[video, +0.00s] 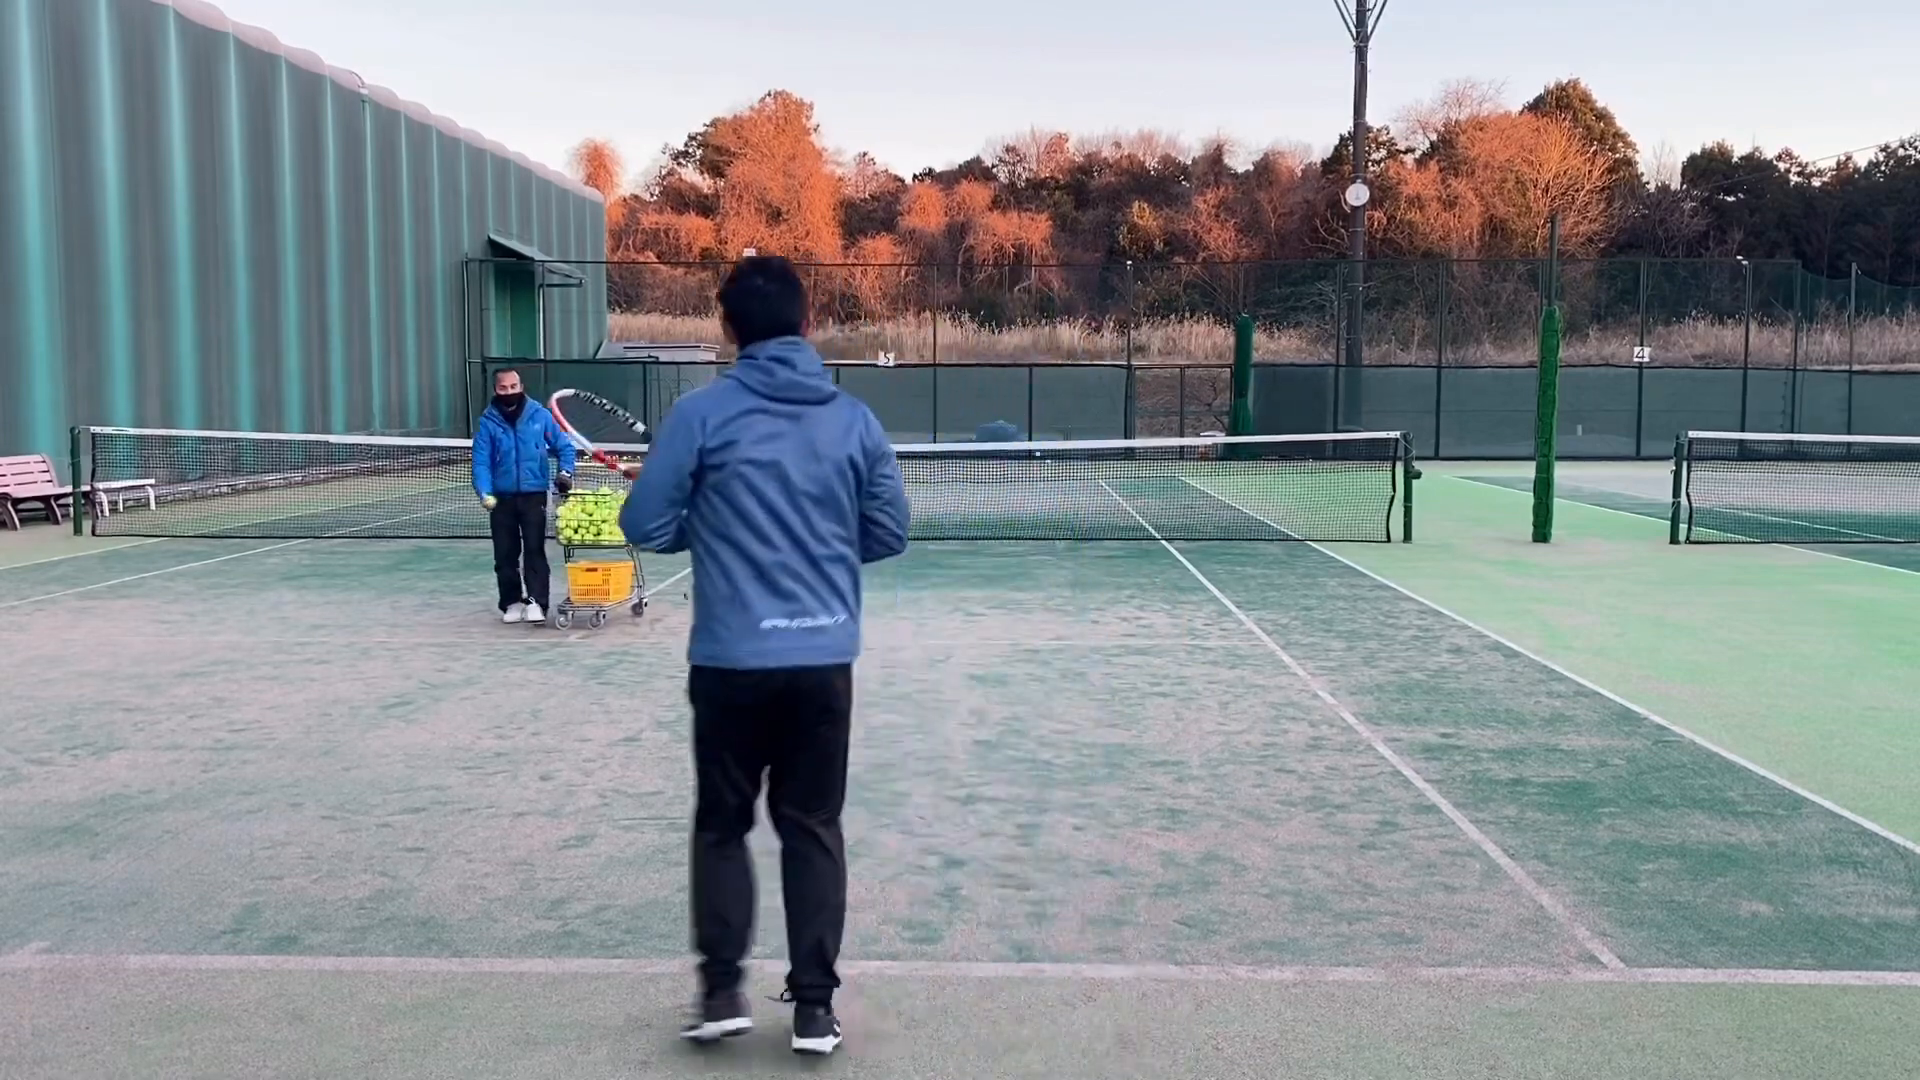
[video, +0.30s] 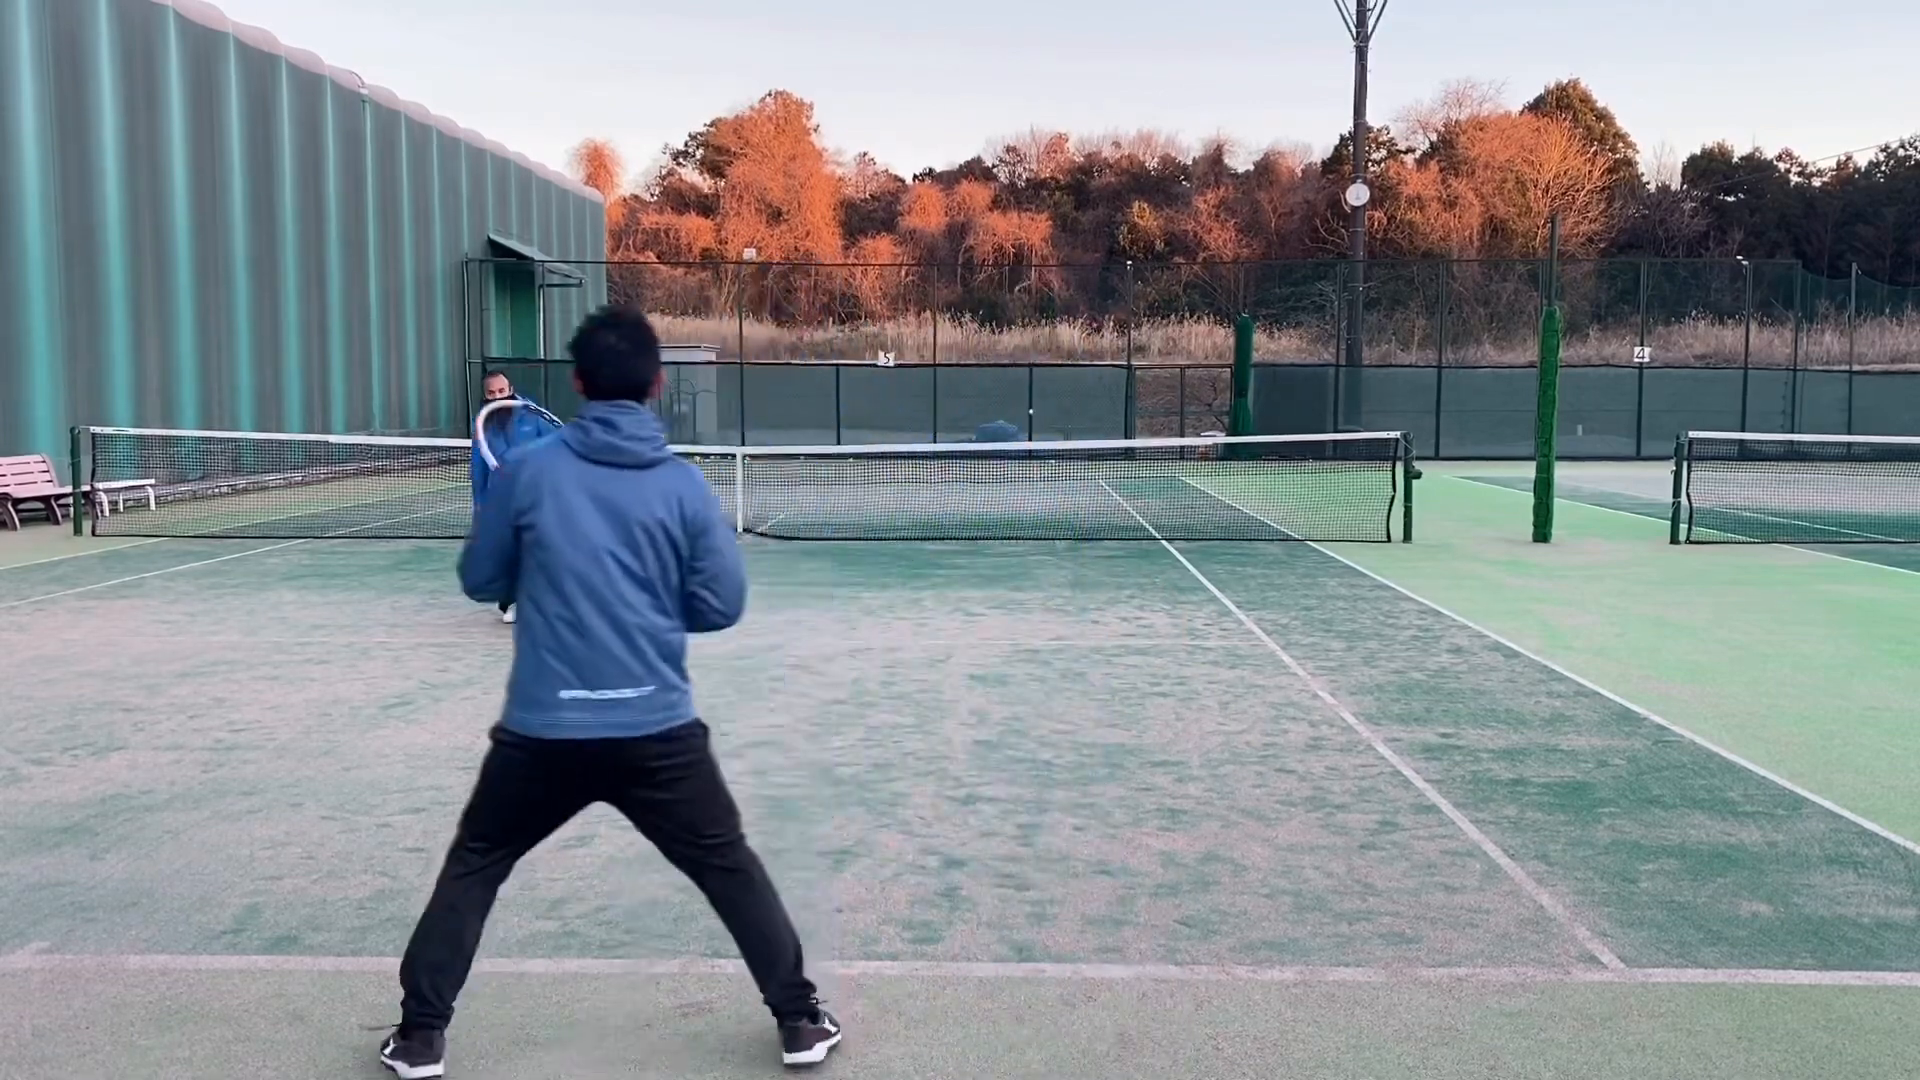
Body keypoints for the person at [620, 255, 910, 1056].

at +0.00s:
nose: (722, 334)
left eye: (724, 323)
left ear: (730, 328)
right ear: (804, 323)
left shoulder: (703, 410)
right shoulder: (852, 416)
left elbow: (645, 525)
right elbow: (887, 533)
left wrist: (714, 520)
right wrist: (812, 538)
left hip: (730, 662)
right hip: (823, 662)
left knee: (721, 820)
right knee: (814, 822)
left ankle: (721, 991)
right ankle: (815, 1007)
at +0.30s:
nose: (657, 385)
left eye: (579, 376)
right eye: (655, 375)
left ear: (578, 383)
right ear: (656, 382)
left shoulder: (526, 471)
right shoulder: (683, 484)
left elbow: (482, 581)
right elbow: (720, 604)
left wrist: (537, 554)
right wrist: (641, 593)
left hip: (544, 732)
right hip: (656, 732)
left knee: (475, 865)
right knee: (725, 862)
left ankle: (419, 1035)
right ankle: (801, 1017)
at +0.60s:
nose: (545, 331)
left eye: (459, 321)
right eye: (547, 320)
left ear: (461, 327)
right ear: (543, 327)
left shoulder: (415, 415)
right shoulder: (581, 431)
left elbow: (369, 524)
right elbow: (605, 556)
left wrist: (446, 516)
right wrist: (533, 548)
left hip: (438, 679)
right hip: (539, 682)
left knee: (405, 837)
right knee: (562, 835)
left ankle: (368, 1012)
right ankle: (538, 1017)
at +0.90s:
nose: (539, 325)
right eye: (538, 315)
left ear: (447, 322)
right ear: (531, 325)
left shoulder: (391, 406)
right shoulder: (552, 430)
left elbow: (337, 513)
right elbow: (570, 554)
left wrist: (416, 537)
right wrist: (527, 570)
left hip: (398, 676)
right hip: (498, 682)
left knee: (369, 843)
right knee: (535, 848)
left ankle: (336, 1009)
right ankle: (522, 1033)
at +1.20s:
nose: (577, 382)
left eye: (573, 370)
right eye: (575, 369)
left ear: (495, 366)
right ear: (562, 373)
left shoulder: (471, 441)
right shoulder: (531, 449)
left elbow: (568, 519)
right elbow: (605, 524)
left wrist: (647, 502)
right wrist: (700, 518)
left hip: (437, 705)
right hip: (497, 715)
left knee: (406, 866)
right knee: (584, 876)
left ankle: (313, 1025)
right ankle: (524, 1051)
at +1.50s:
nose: (704, 360)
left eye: (702, 349)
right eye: (699, 349)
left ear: (630, 351)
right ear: (678, 358)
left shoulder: (643, 449)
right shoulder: (611, 418)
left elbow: (696, 506)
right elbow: (650, 418)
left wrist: (792, 513)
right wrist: (768, 379)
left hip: (637, 708)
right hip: (582, 711)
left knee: (697, 858)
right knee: (585, 903)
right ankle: (518, 1052)